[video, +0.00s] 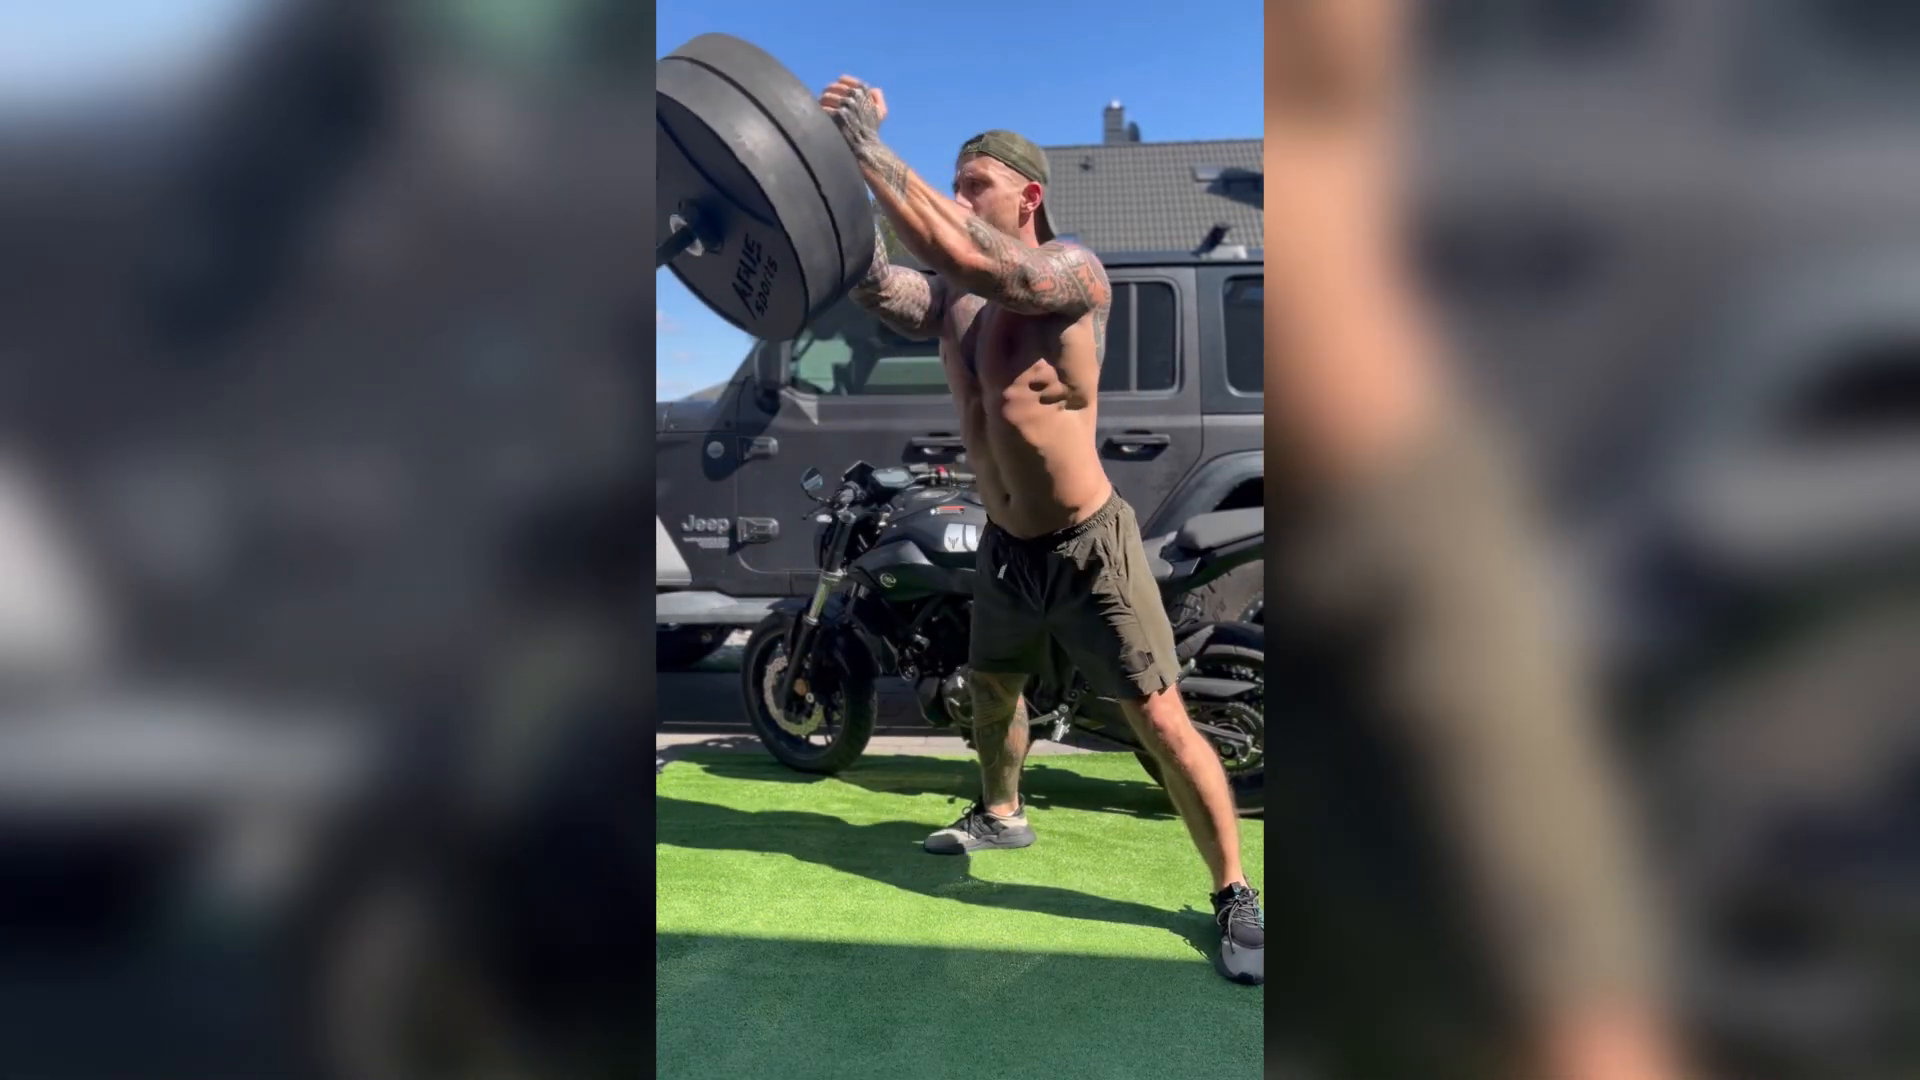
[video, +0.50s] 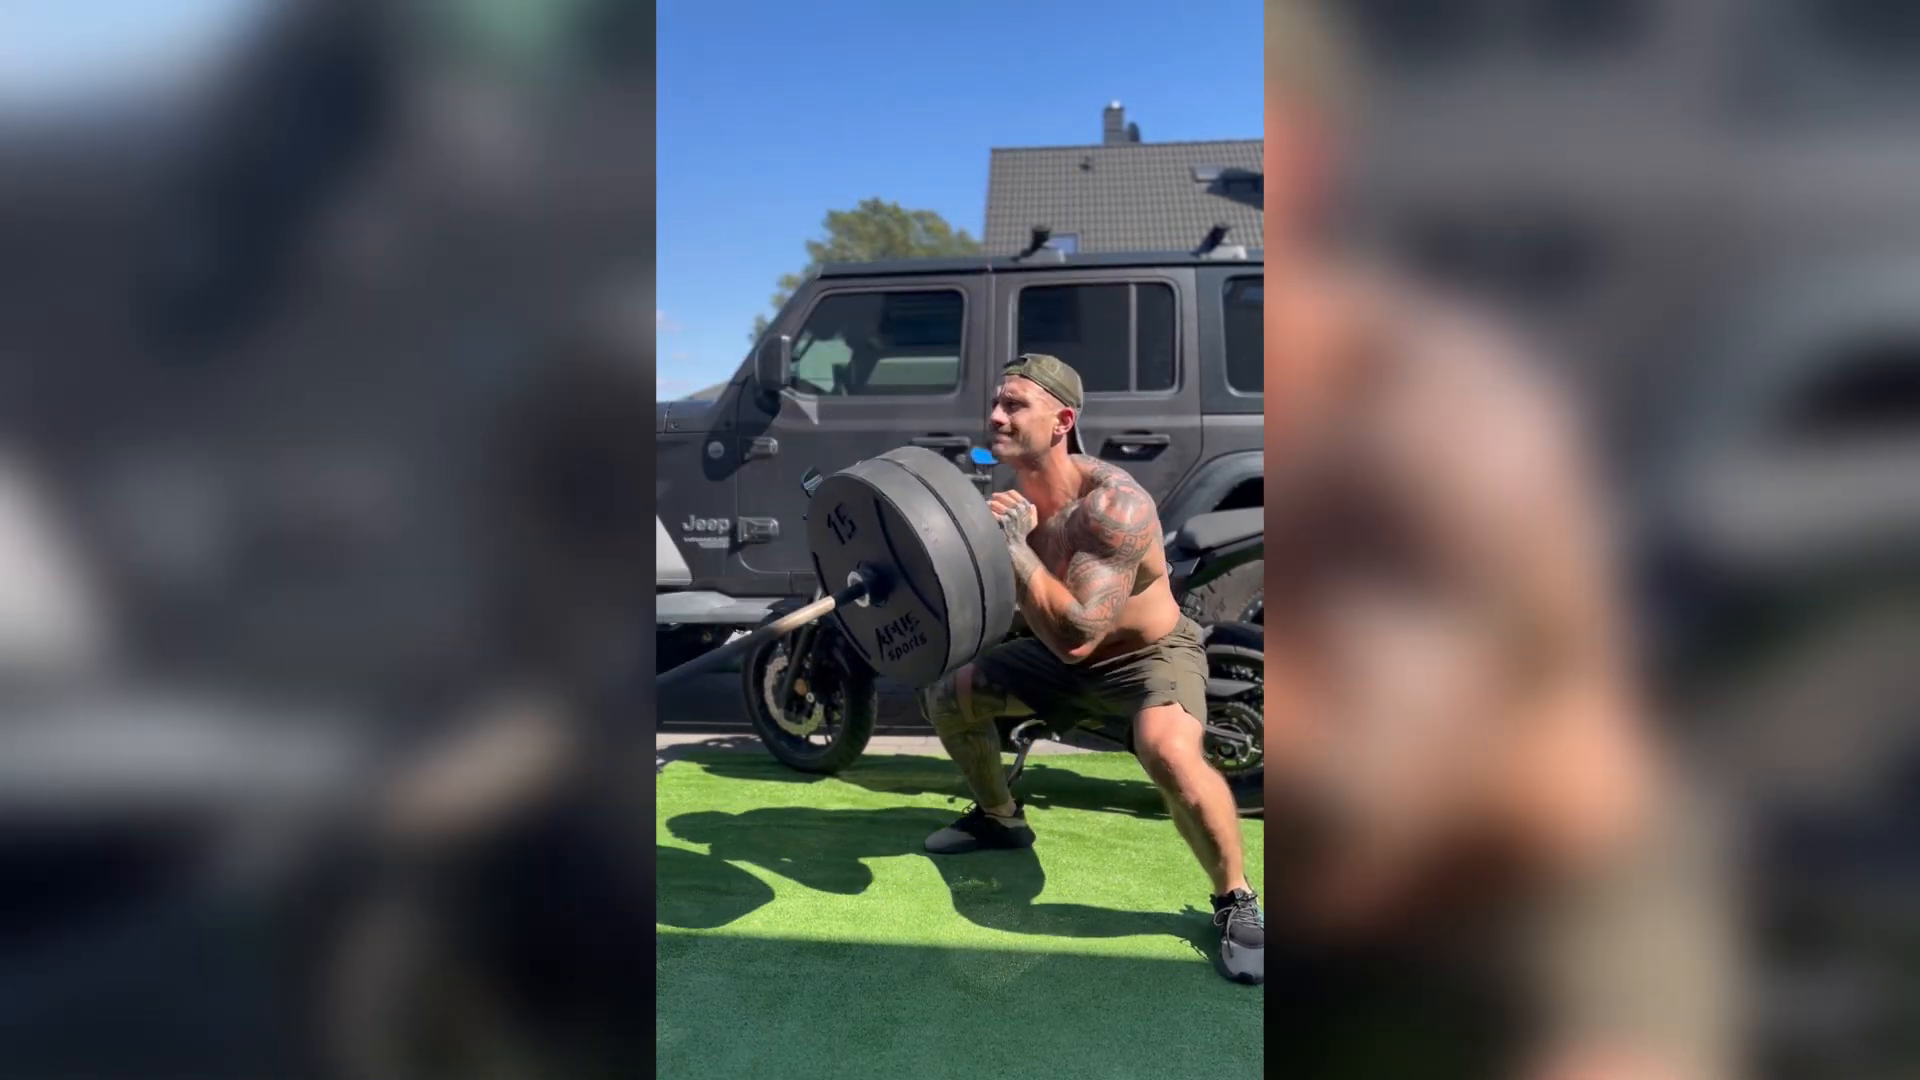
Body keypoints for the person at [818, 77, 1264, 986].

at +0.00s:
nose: (959, 201)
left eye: (975, 185)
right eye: (953, 187)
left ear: (1031, 195)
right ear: (958, 200)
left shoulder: (1074, 272)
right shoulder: (950, 292)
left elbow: (971, 257)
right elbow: (870, 281)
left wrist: (869, 151)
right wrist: (817, 192)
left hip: (1091, 539)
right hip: (1007, 547)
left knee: (1159, 720)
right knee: (993, 693)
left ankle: (1234, 894)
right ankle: (1000, 816)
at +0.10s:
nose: (991, 203)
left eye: (1008, 189)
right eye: (987, 191)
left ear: (1060, 204)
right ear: (990, 209)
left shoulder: (1100, 292)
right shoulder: (974, 299)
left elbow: (1004, 324)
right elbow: (910, 350)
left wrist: (916, 233)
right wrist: (841, 289)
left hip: (1096, 542)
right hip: (1011, 545)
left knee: (1156, 720)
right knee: (982, 692)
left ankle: (1234, 895)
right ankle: (1001, 817)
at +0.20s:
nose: (998, 239)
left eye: (1016, 227)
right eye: (996, 227)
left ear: (1066, 243)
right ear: (997, 247)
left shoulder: (1109, 333)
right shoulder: (997, 341)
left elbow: (1029, 416)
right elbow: (944, 430)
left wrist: (955, 324)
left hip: (1113, 565)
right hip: (1025, 566)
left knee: (1162, 734)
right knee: (963, 694)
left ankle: (1236, 897)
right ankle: (1003, 818)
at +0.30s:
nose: (1001, 298)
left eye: (1019, 286)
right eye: (999, 287)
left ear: (1068, 302)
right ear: (999, 304)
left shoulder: (1112, 393)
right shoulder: (1004, 396)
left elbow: (1051, 501)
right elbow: (961, 510)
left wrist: (984, 414)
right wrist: (934, 422)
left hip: (1129, 594)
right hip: (1042, 596)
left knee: (1165, 742)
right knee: (947, 695)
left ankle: (1237, 899)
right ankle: (1001, 818)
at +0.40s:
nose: (998, 360)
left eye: (1016, 349)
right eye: (999, 348)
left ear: (1065, 368)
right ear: (1001, 364)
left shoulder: (1116, 453)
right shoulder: (1006, 453)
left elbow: (1072, 576)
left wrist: (1004, 490)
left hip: (1142, 624)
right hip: (1054, 624)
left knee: (1162, 746)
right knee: (946, 700)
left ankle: (1237, 898)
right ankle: (996, 817)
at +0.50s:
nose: (997, 417)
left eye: (1015, 406)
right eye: (995, 405)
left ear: (1062, 422)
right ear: (990, 414)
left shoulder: (1118, 505)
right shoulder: (998, 503)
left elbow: (1078, 637)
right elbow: (966, 588)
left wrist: (1017, 553)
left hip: (1153, 654)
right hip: (1059, 654)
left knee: (1166, 749)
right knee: (951, 697)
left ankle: (1236, 900)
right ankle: (999, 819)